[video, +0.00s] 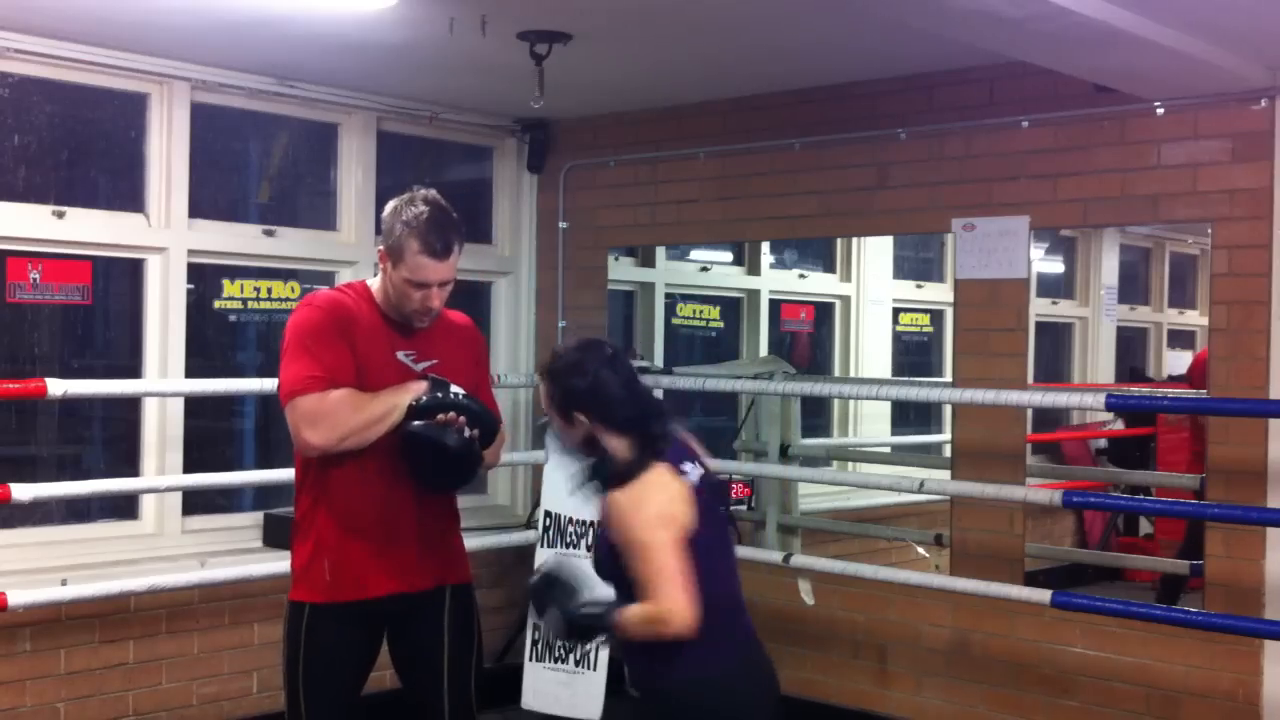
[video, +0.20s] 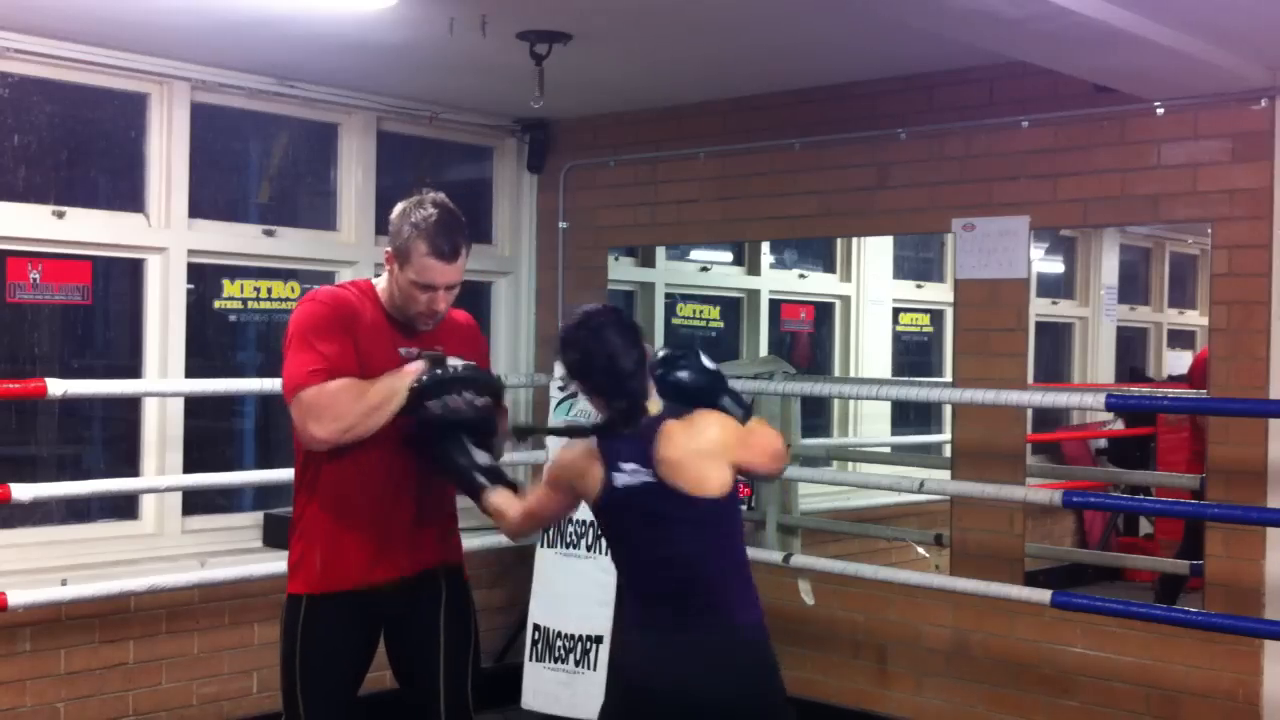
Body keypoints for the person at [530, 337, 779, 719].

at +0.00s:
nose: (552, 424)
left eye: (552, 414)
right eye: (549, 413)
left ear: (582, 419)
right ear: (622, 390)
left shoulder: (638, 495)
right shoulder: (677, 446)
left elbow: (675, 615)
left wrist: (595, 618)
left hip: (686, 695)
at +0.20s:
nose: (573, 385)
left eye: (573, 376)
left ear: (584, 388)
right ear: (647, 361)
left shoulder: (580, 463)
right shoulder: (708, 430)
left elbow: (517, 519)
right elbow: (774, 455)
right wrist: (726, 398)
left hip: (644, 661)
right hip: (730, 654)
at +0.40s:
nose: (619, 380)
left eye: (617, 368)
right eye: (615, 369)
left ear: (639, 370)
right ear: (696, 354)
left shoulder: (639, 468)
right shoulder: (758, 433)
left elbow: (600, 588)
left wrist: (535, 558)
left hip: (676, 680)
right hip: (765, 672)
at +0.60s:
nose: (631, 372)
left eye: (633, 358)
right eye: (630, 358)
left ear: (661, 363)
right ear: (709, 360)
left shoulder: (663, 446)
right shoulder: (755, 439)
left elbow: (590, 546)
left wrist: (576, 465)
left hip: (685, 678)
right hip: (760, 668)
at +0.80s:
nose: (659, 379)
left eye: (662, 365)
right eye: (658, 365)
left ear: (694, 364)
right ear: (740, 364)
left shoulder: (696, 444)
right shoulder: (782, 442)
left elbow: (627, 542)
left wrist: (615, 461)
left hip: (713, 680)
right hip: (787, 669)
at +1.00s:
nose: (676, 365)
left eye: (680, 351)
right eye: (676, 351)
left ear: (712, 352)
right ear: (756, 351)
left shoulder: (706, 429)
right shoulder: (798, 428)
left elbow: (640, 530)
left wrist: (629, 448)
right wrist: (680, 430)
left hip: (723, 665)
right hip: (797, 656)